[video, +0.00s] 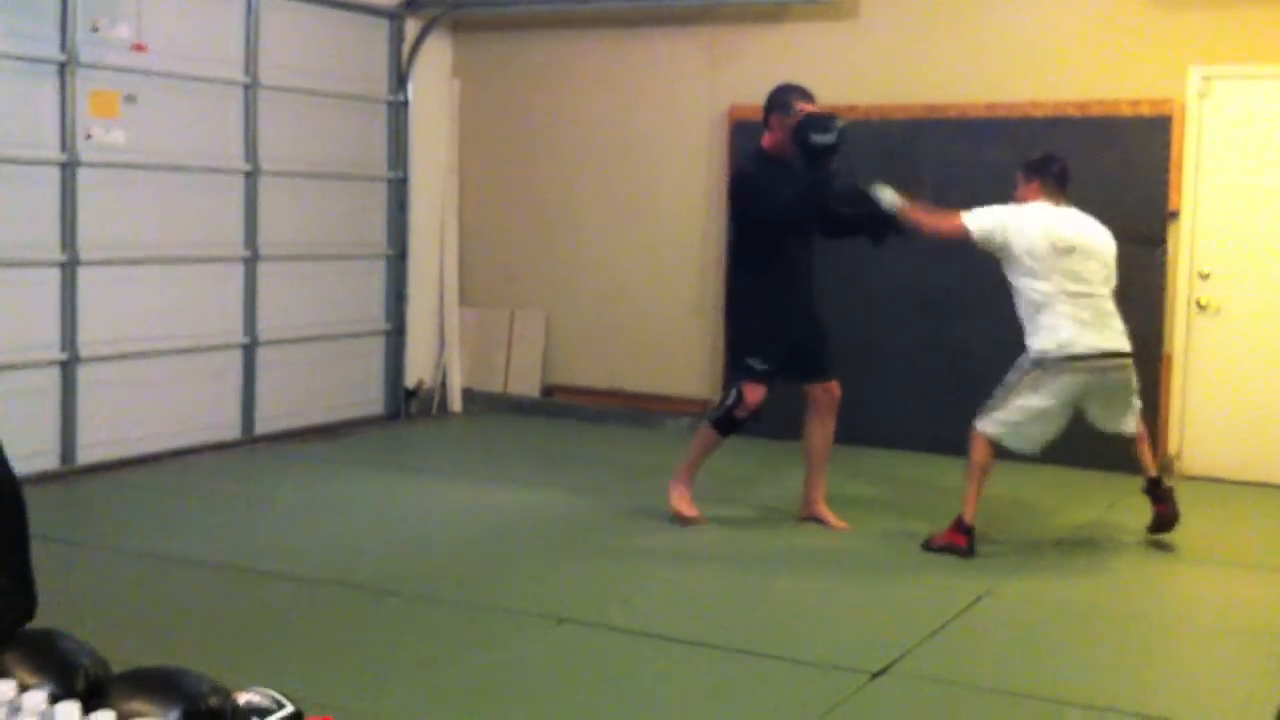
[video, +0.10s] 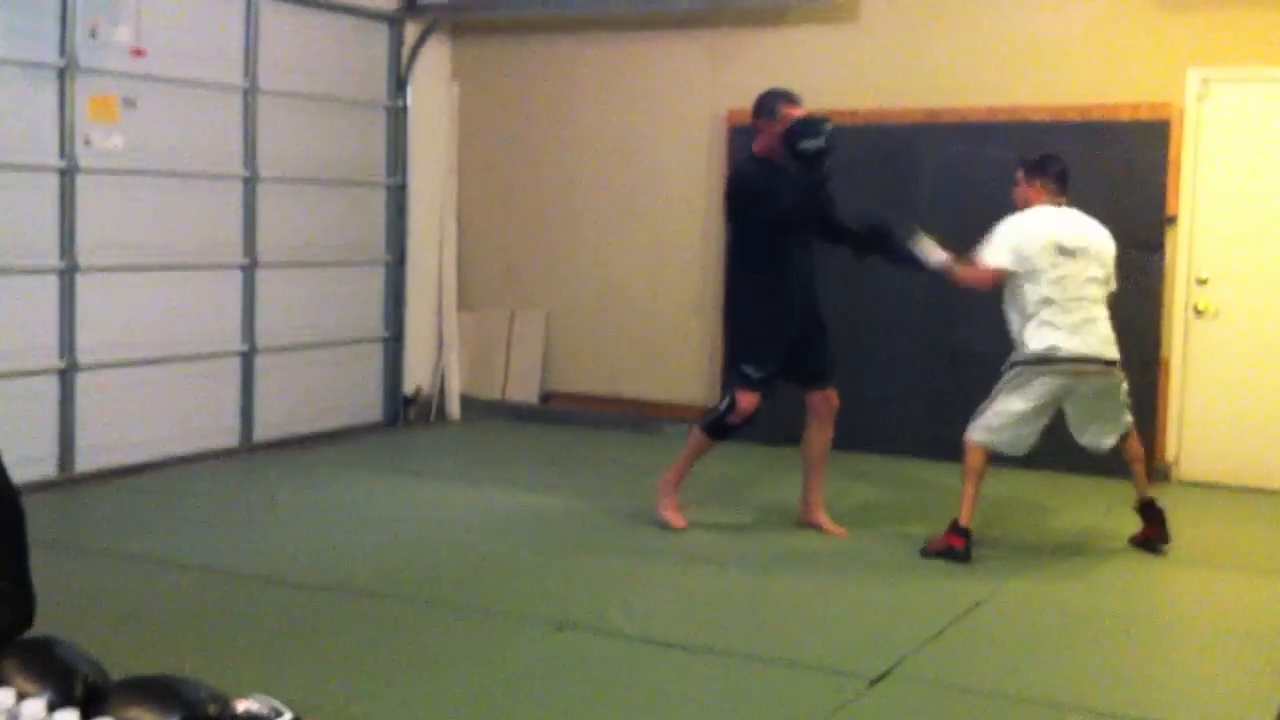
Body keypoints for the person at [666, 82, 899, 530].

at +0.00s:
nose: (809, 134)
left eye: (812, 125)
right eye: (801, 124)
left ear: (811, 125)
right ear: (774, 123)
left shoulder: (804, 169)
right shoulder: (752, 174)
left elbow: (826, 221)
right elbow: (786, 221)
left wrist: (877, 220)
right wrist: (818, 168)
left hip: (796, 298)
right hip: (754, 299)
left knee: (825, 392)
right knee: (748, 396)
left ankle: (814, 502)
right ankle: (682, 481)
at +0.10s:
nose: (796, 137)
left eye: (799, 128)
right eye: (788, 128)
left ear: (798, 129)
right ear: (763, 127)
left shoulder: (797, 173)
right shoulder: (747, 179)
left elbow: (828, 228)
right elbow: (786, 222)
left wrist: (880, 244)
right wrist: (812, 170)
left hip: (798, 304)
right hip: (754, 306)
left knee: (823, 402)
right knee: (743, 403)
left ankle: (812, 508)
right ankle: (670, 485)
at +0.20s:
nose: (787, 134)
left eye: (789, 125)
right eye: (778, 125)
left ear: (790, 127)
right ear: (751, 127)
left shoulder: (789, 172)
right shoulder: (736, 181)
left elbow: (813, 222)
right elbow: (777, 227)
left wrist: (854, 233)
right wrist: (799, 168)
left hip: (790, 301)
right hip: (748, 304)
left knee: (817, 399)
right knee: (732, 403)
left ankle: (810, 505)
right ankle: (665, 481)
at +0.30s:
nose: (774, 142)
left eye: (777, 133)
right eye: (766, 133)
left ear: (775, 134)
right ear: (741, 133)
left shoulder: (776, 178)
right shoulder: (725, 186)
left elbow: (799, 226)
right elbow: (767, 229)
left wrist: (844, 233)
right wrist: (784, 174)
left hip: (776, 303)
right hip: (732, 305)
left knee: (809, 398)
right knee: (716, 407)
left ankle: (808, 503)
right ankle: (660, 490)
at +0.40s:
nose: (764, 146)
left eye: (768, 138)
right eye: (756, 137)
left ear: (768, 139)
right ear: (730, 137)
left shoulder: (764, 183)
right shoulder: (714, 190)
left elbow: (788, 233)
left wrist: (832, 237)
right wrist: (773, 179)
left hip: (764, 310)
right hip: (720, 313)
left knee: (800, 404)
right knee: (708, 411)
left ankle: (806, 511)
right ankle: (656, 500)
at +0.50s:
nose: (751, 146)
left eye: (755, 138)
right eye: (743, 138)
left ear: (755, 139)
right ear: (719, 138)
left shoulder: (750, 183)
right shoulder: (701, 189)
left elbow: (772, 234)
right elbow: (744, 232)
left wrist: (815, 244)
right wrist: (762, 178)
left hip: (748, 309)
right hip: (706, 312)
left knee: (787, 399)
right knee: (696, 409)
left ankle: (799, 504)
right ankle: (650, 500)